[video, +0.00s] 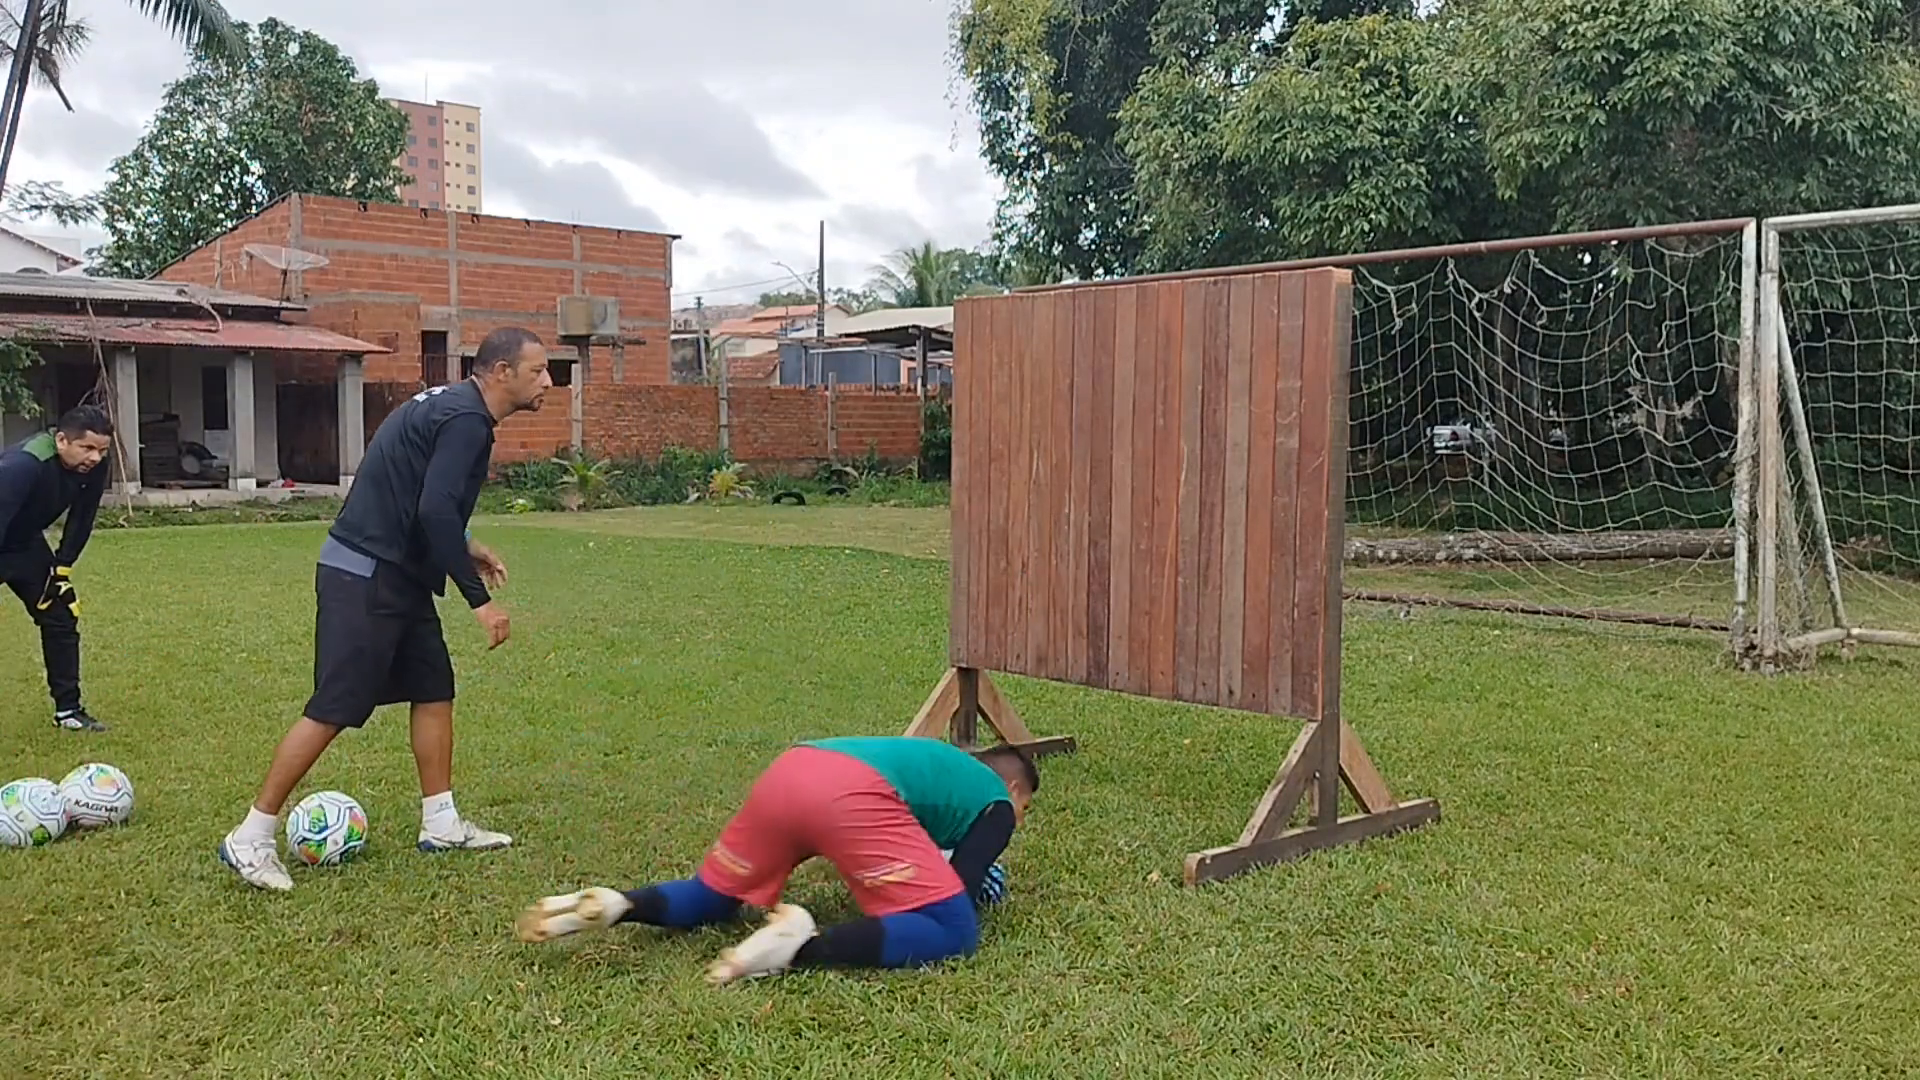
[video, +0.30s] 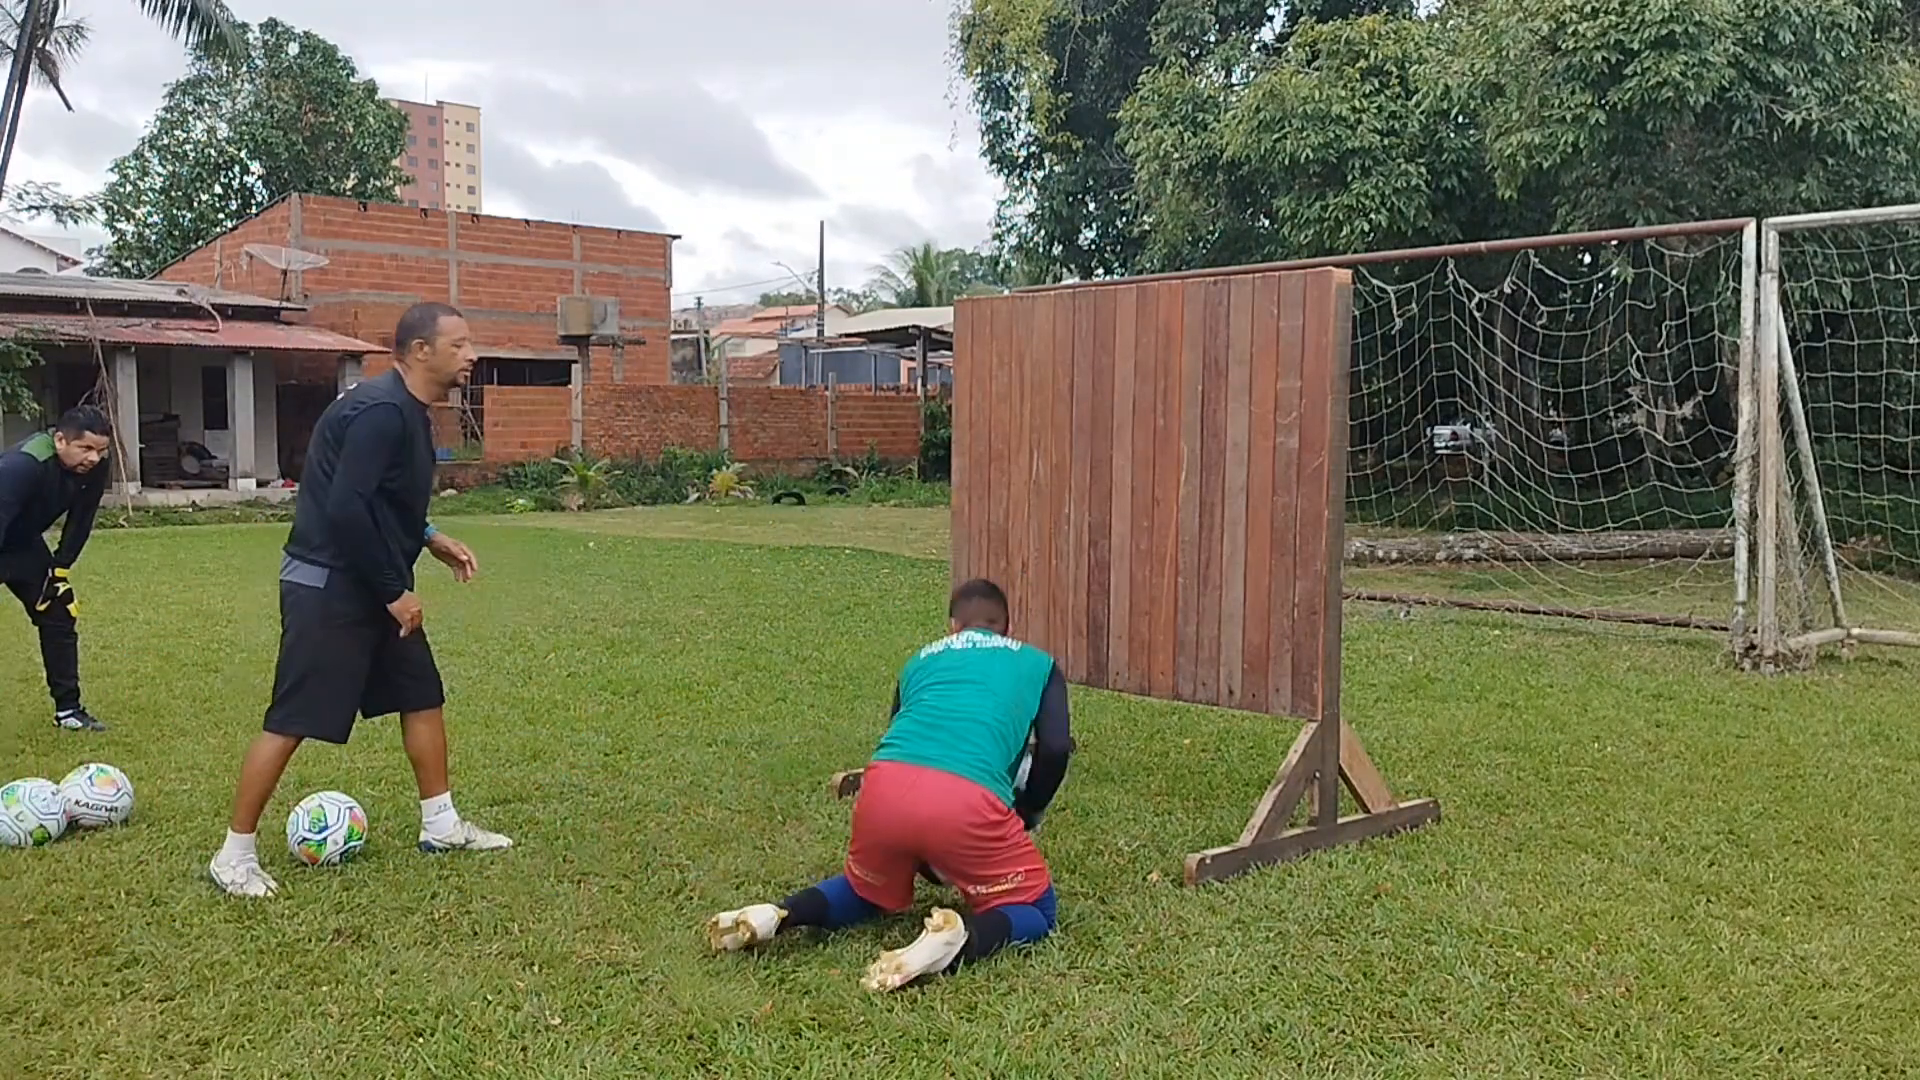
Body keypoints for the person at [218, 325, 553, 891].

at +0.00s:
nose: (548, 382)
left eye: (548, 372)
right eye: (540, 371)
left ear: (498, 372)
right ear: (502, 371)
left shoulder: (452, 407)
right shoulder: (467, 420)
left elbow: (418, 504)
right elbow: (438, 512)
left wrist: (465, 549)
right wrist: (480, 599)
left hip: (400, 576)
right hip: (362, 572)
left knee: (433, 687)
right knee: (335, 704)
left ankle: (441, 824)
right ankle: (252, 836)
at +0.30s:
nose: (471, 356)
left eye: (469, 344)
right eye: (459, 345)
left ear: (428, 353)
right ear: (419, 352)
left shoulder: (410, 413)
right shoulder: (379, 413)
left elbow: (386, 501)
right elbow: (347, 508)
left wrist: (432, 540)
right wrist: (393, 591)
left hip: (377, 587)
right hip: (325, 586)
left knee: (422, 698)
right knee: (293, 717)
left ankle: (441, 826)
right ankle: (235, 855)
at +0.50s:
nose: (398, 340)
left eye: (397, 329)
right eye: (387, 329)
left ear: (356, 340)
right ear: (347, 338)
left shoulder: (347, 401)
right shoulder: (306, 404)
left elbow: (338, 495)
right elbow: (289, 511)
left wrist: (393, 521)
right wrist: (374, 564)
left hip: (336, 585)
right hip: (283, 588)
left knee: (393, 695)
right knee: (254, 724)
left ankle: (429, 822)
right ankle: (227, 860)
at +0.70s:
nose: (353, 325)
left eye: (350, 312)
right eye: (340, 314)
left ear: (310, 325)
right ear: (299, 326)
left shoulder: (310, 394)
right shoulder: (262, 398)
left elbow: (331, 480)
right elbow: (280, 501)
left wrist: (413, 477)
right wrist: (384, 492)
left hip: (320, 584)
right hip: (268, 589)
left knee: (367, 700)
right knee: (251, 724)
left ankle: (381, 834)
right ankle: (227, 859)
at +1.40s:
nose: (326, 328)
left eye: (323, 316)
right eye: (314, 319)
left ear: (286, 326)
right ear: (275, 327)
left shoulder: (299, 393)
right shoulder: (223, 406)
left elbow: (311, 478)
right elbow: (212, 519)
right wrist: (303, 549)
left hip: (307, 574)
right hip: (248, 584)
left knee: (359, 693)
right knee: (242, 726)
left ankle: (385, 819)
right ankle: (225, 859)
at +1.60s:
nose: (358, 335)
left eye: (356, 324)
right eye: (346, 326)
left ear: (322, 334)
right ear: (305, 335)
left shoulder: (348, 390)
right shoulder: (248, 403)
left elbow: (388, 437)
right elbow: (192, 499)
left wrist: (440, 461)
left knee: (399, 687)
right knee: (246, 720)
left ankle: (415, 820)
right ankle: (224, 853)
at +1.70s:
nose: (384, 343)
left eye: (382, 332)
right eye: (374, 334)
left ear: (345, 342)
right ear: (335, 342)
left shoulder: (367, 393)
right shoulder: (270, 398)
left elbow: (411, 427)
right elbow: (189, 452)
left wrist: (483, 457)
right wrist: (178, 370)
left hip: (356, 579)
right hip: (285, 586)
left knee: (409, 687)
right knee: (251, 715)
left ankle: (429, 825)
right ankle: (214, 835)